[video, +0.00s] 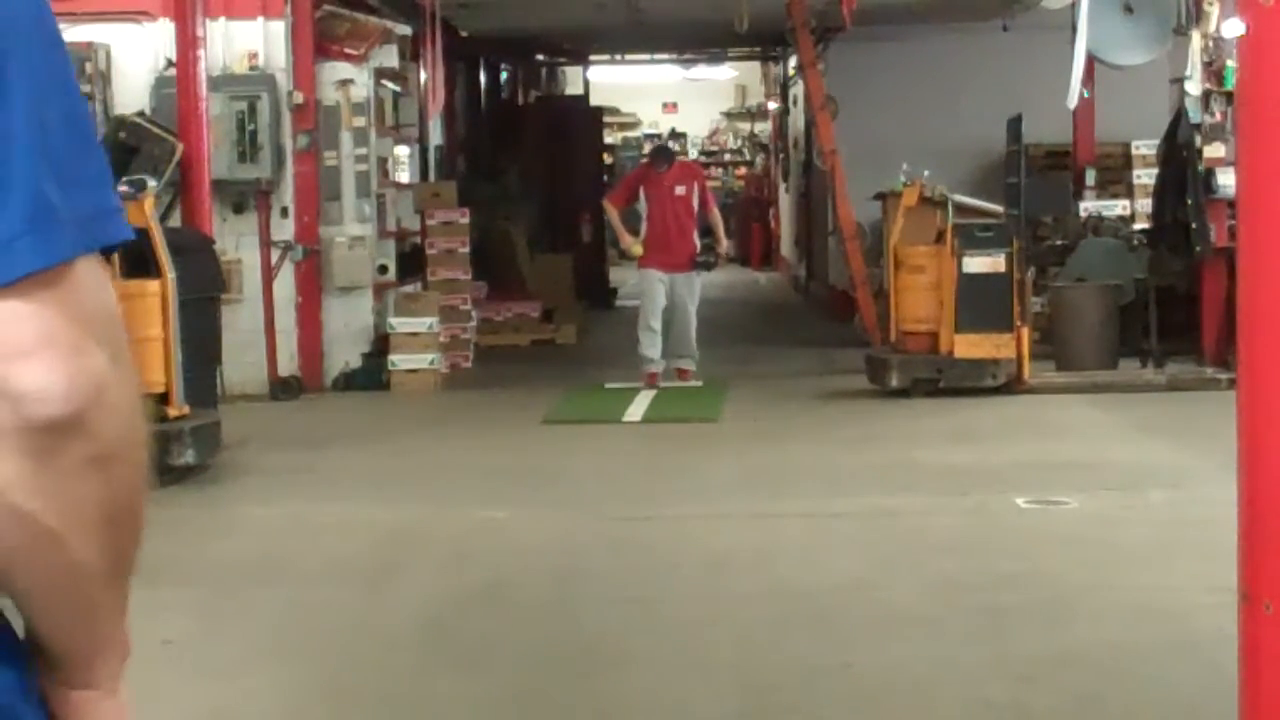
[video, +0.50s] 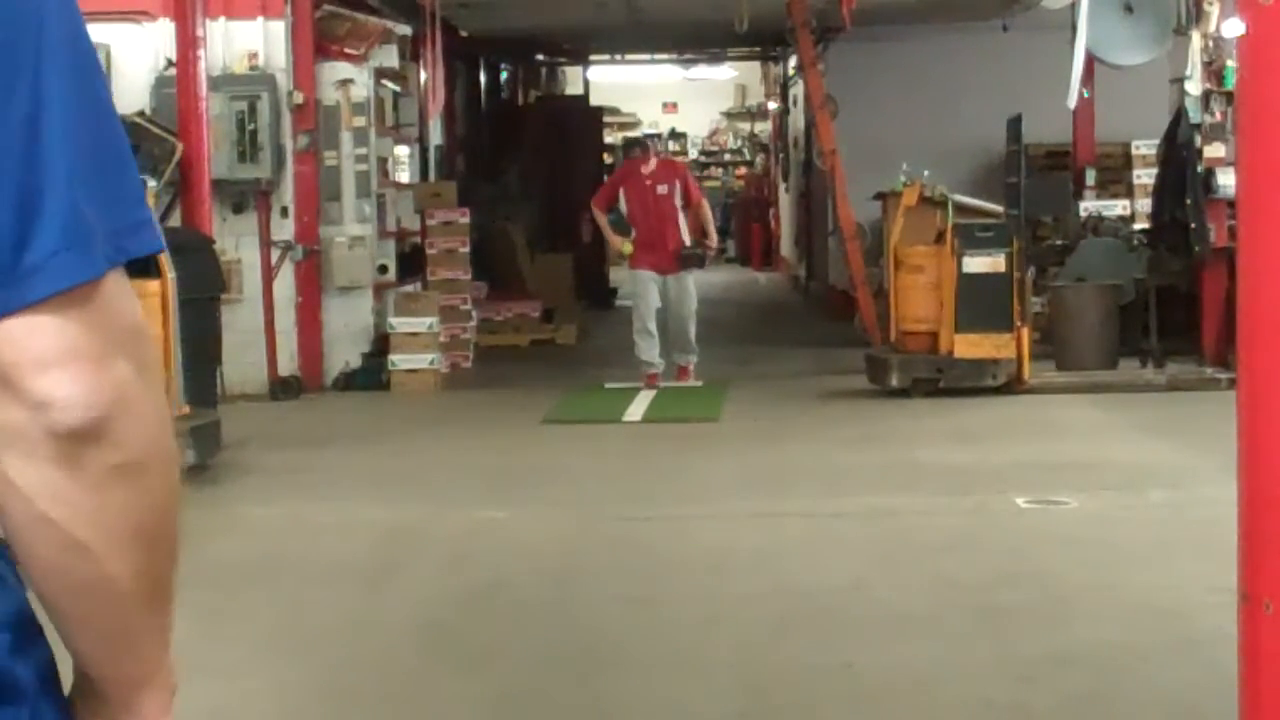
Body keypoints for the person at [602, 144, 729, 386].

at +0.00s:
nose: (659, 173)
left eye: (663, 169)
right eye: (656, 169)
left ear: (673, 161)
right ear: (650, 162)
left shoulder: (693, 172)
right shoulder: (643, 173)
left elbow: (711, 208)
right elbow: (610, 203)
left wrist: (721, 240)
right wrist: (624, 237)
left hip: (686, 259)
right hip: (653, 258)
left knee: (686, 314)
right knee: (651, 312)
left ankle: (685, 363)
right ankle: (651, 366)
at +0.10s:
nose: (655, 175)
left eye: (658, 170)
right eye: (650, 171)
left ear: (667, 162)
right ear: (644, 164)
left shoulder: (688, 171)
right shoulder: (637, 175)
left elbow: (706, 206)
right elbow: (604, 201)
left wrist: (717, 237)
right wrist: (619, 235)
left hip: (684, 258)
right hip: (650, 258)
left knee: (685, 314)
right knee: (649, 313)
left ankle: (684, 364)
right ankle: (651, 367)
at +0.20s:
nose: (650, 176)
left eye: (654, 172)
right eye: (646, 173)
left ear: (663, 164)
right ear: (639, 167)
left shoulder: (685, 171)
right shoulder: (633, 176)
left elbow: (701, 205)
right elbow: (600, 201)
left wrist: (714, 235)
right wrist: (615, 234)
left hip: (681, 259)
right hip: (648, 259)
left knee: (685, 314)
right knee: (647, 313)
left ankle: (685, 364)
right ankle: (651, 367)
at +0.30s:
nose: (648, 174)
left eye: (651, 169)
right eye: (643, 171)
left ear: (661, 159)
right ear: (637, 164)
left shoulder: (681, 171)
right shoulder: (629, 176)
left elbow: (699, 204)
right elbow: (598, 203)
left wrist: (711, 235)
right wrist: (613, 236)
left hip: (679, 257)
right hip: (645, 258)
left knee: (685, 312)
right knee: (646, 312)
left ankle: (686, 363)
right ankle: (651, 367)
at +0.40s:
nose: (646, 172)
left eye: (649, 167)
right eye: (639, 170)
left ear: (658, 154)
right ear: (634, 163)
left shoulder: (680, 171)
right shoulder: (627, 175)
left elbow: (698, 204)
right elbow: (598, 203)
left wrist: (711, 235)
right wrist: (612, 237)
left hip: (678, 256)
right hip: (645, 257)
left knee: (684, 313)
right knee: (645, 313)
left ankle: (685, 363)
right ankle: (651, 368)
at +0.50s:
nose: (648, 147)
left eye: (653, 141)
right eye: (642, 142)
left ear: (659, 142)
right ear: (633, 145)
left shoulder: (677, 170)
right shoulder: (625, 172)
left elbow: (700, 202)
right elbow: (598, 206)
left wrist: (711, 234)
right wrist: (611, 238)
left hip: (678, 256)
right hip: (644, 257)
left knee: (684, 313)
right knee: (645, 313)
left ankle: (685, 364)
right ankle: (651, 368)